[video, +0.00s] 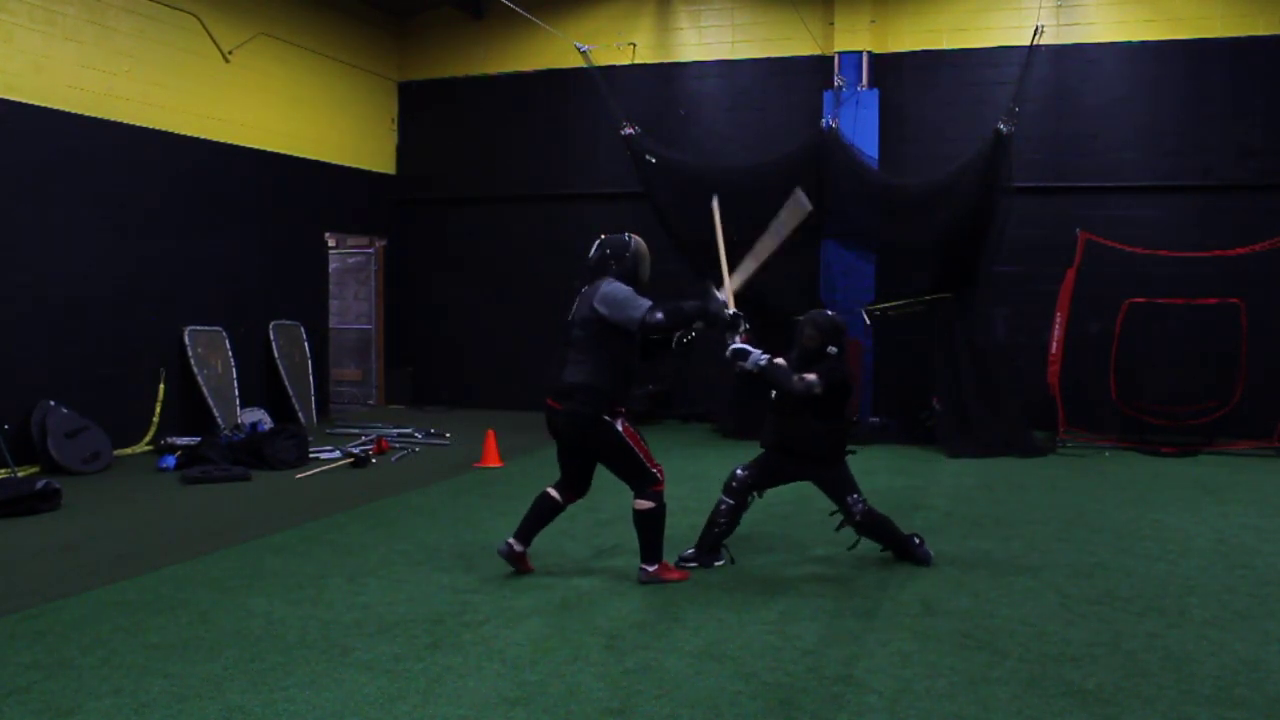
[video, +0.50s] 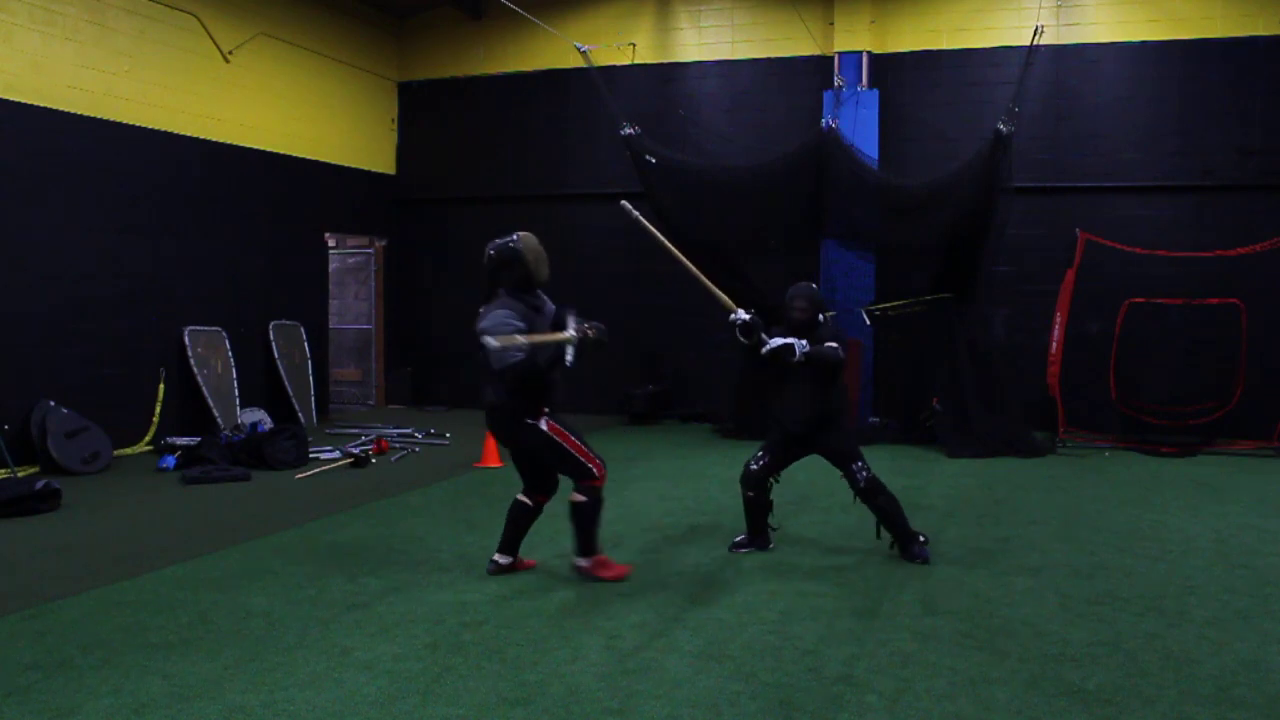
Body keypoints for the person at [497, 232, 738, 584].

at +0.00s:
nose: (641, 270)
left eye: (641, 262)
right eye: (638, 262)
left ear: (601, 260)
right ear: (626, 262)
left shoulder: (590, 295)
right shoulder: (610, 291)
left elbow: (644, 345)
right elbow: (655, 318)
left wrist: (695, 327)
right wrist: (707, 307)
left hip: (566, 407)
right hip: (595, 411)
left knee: (573, 484)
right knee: (649, 480)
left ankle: (516, 545)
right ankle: (652, 565)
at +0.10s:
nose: (635, 267)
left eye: (634, 260)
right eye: (629, 260)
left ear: (596, 262)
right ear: (613, 261)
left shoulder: (587, 294)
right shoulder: (604, 288)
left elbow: (646, 352)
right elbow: (653, 314)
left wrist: (692, 339)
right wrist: (708, 324)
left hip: (566, 409)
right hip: (589, 411)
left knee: (581, 484)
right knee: (648, 480)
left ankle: (513, 530)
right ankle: (652, 565)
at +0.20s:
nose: (618, 267)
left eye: (616, 259)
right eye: (612, 260)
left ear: (577, 265)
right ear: (597, 264)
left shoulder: (568, 300)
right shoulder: (590, 300)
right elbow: (637, 337)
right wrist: (699, 341)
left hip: (564, 414)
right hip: (588, 416)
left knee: (579, 486)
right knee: (648, 480)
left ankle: (516, 540)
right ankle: (652, 565)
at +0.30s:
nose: (590, 269)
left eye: (587, 262)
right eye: (583, 263)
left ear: (550, 273)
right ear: (569, 271)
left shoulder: (564, 309)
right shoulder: (561, 316)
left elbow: (608, 345)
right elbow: (598, 361)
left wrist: (648, 357)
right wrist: (648, 360)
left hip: (555, 417)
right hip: (576, 419)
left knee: (566, 489)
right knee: (636, 482)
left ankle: (510, 547)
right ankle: (652, 565)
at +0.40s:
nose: (563, 266)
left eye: (559, 260)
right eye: (555, 261)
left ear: (527, 272)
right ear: (541, 270)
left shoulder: (555, 304)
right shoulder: (528, 319)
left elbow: (580, 331)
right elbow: (548, 370)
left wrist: (607, 343)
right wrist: (591, 364)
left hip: (543, 415)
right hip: (550, 417)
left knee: (549, 488)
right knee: (608, 484)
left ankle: (506, 554)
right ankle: (645, 558)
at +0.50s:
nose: (542, 263)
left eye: (539, 257)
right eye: (534, 258)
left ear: (509, 269)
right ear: (517, 267)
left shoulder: (536, 303)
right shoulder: (499, 318)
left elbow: (562, 321)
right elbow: (519, 374)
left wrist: (583, 330)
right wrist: (565, 343)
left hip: (521, 414)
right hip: (522, 417)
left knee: (539, 485)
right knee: (591, 472)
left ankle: (504, 556)